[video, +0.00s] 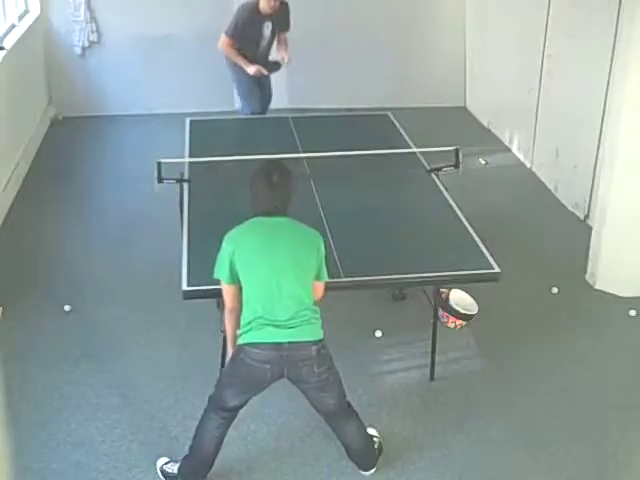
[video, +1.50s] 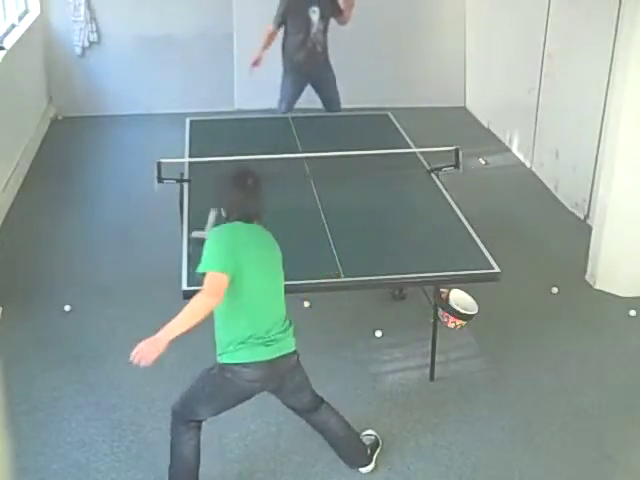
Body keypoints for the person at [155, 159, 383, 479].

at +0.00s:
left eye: (258, 192)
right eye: (283, 191)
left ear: (254, 196)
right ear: (288, 196)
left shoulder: (235, 238)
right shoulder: (312, 237)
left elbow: (231, 307)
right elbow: (317, 293)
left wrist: (231, 353)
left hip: (255, 353)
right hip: (308, 350)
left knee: (220, 411)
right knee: (338, 411)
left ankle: (188, 472)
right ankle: (367, 458)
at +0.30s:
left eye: (256, 178)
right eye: (283, 177)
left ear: (254, 182)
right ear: (289, 182)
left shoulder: (235, 227)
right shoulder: (313, 227)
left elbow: (231, 292)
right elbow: (317, 286)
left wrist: (238, 329)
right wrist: (291, 310)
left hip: (255, 345)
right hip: (307, 343)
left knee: (221, 411)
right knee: (338, 408)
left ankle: (188, 473)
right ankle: (367, 457)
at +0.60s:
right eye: (292, 167)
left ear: (256, 174)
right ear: (295, 175)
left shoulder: (236, 220)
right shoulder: (315, 222)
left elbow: (229, 285)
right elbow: (322, 280)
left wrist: (233, 323)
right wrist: (293, 275)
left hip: (252, 339)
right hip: (303, 339)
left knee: (220, 408)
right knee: (335, 403)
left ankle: (189, 472)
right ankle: (367, 457)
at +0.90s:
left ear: (271, 172)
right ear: (309, 174)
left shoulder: (249, 216)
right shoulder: (327, 223)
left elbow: (233, 281)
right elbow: (333, 285)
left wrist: (229, 323)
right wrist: (303, 268)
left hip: (256, 337)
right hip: (309, 337)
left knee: (221, 405)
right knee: (337, 398)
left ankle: (179, 470)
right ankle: (366, 457)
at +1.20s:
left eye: (261, 187)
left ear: (255, 193)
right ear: (290, 198)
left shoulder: (231, 227)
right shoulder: (306, 238)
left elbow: (201, 287)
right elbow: (312, 303)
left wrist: (209, 315)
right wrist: (278, 294)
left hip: (240, 356)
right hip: (292, 353)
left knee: (199, 417)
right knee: (324, 405)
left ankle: (187, 476)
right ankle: (365, 458)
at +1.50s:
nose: (218, 201)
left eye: (221, 194)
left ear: (225, 201)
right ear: (255, 202)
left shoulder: (221, 237)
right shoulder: (268, 239)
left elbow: (212, 294)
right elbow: (268, 291)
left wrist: (160, 339)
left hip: (243, 367)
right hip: (284, 360)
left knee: (185, 414)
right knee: (314, 408)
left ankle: (181, 474)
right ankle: (362, 456)